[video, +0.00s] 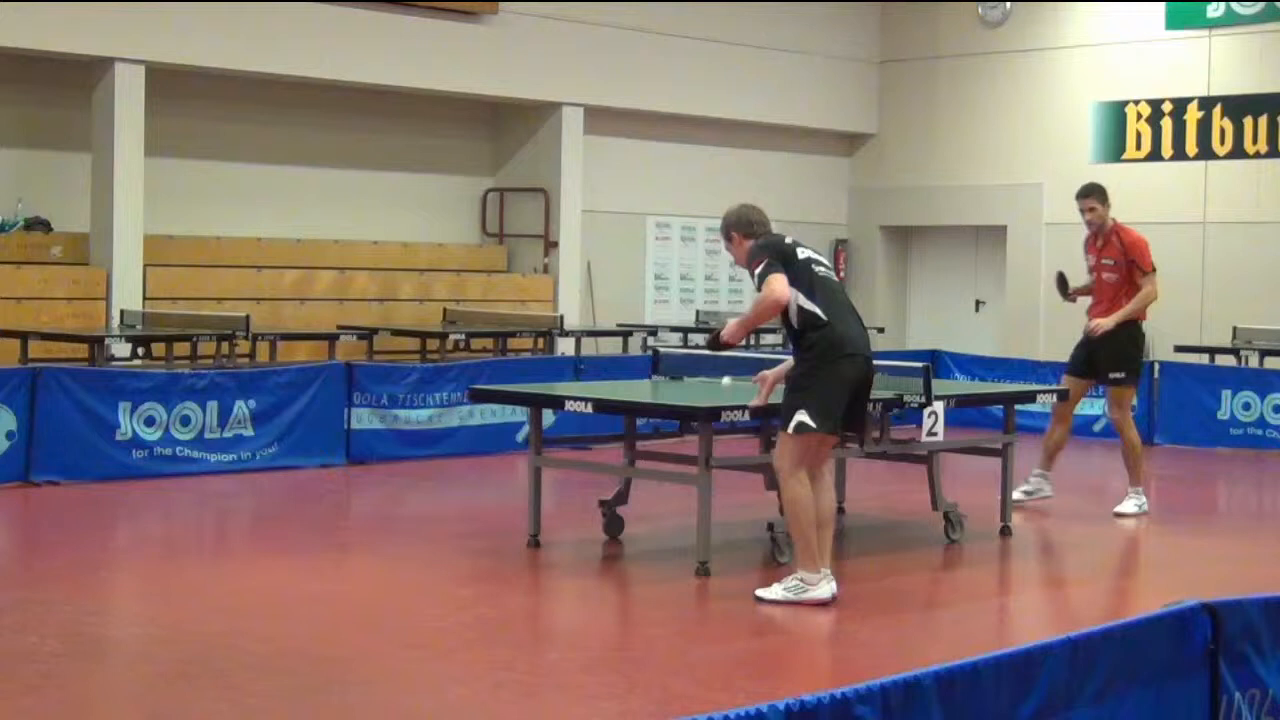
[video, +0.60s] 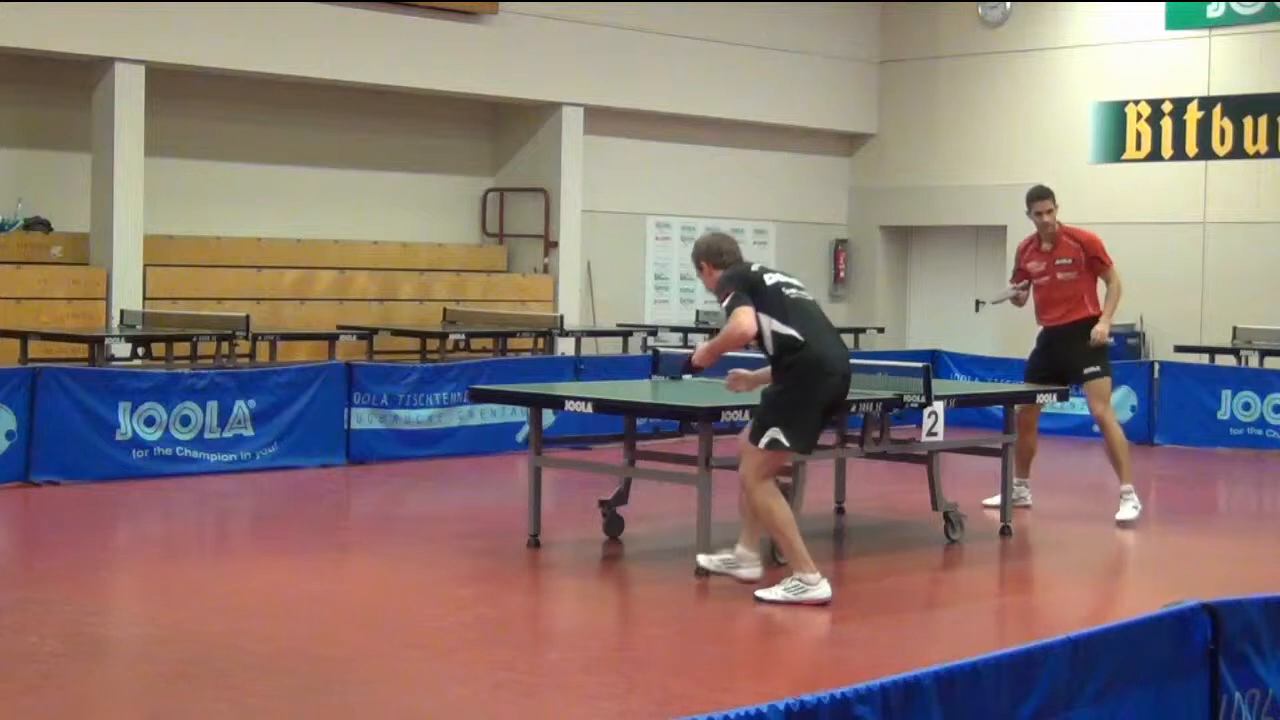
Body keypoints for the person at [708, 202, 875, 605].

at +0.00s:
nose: (731, 257)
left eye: (729, 248)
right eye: (728, 249)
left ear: (738, 238)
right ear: (764, 232)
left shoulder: (762, 251)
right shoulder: (802, 253)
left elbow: (779, 293)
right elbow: (829, 332)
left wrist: (743, 326)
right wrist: (778, 372)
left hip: (827, 361)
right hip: (855, 361)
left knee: (787, 463)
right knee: (816, 465)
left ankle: (809, 576)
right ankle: (822, 574)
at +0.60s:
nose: (704, 282)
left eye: (701, 274)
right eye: (701, 275)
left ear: (709, 267)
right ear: (736, 258)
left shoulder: (734, 280)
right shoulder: (771, 278)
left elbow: (744, 328)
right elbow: (807, 348)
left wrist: (707, 353)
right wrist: (756, 377)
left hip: (810, 374)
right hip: (836, 372)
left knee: (754, 474)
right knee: (751, 447)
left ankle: (808, 577)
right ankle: (747, 554)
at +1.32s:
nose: (644, 332)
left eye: (642, 324)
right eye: (642, 325)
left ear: (650, 318)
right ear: (675, 309)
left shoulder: (666, 330)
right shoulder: (703, 318)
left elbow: (660, 400)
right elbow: (710, 385)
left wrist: (644, 384)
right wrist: (664, 383)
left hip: (755, 398)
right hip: (786, 393)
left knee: (701, 496)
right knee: (705, 459)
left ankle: (793, 560)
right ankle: (718, 563)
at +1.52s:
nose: (634, 335)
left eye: (632, 329)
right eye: (632, 329)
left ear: (639, 324)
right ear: (665, 312)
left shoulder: (655, 335)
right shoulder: (694, 320)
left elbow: (652, 405)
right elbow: (700, 384)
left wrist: (637, 385)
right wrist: (655, 382)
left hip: (747, 397)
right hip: (780, 392)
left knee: (697, 496)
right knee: (701, 461)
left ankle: (789, 557)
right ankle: (718, 563)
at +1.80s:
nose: (628, 334)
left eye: (626, 327)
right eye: (627, 328)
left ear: (633, 321)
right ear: (658, 310)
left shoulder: (649, 331)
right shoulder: (685, 319)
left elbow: (645, 403)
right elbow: (691, 382)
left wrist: (630, 381)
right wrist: (642, 380)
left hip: (745, 394)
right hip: (774, 388)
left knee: (692, 492)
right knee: (710, 479)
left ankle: (786, 553)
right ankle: (718, 563)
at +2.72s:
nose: (663, 251)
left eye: (664, 245)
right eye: (665, 244)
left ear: (673, 251)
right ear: (695, 248)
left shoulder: (709, 271)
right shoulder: (697, 285)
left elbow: (765, 290)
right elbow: (720, 347)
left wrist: (733, 346)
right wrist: (674, 387)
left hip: (780, 384)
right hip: (759, 386)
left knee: (758, 502)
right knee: (740, 470)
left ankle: (838, 599)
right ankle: (731, 563)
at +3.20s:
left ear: (629, 298)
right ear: (667, 301)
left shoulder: (612, 314)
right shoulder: (691, 329)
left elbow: (543, 332)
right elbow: (743, 369)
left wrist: (589, 351)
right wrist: (701, 390)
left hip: (643, 416)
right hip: (692, 415)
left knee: (602, 519)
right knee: (694, 473)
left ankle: (650, 539)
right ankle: (729, 562)